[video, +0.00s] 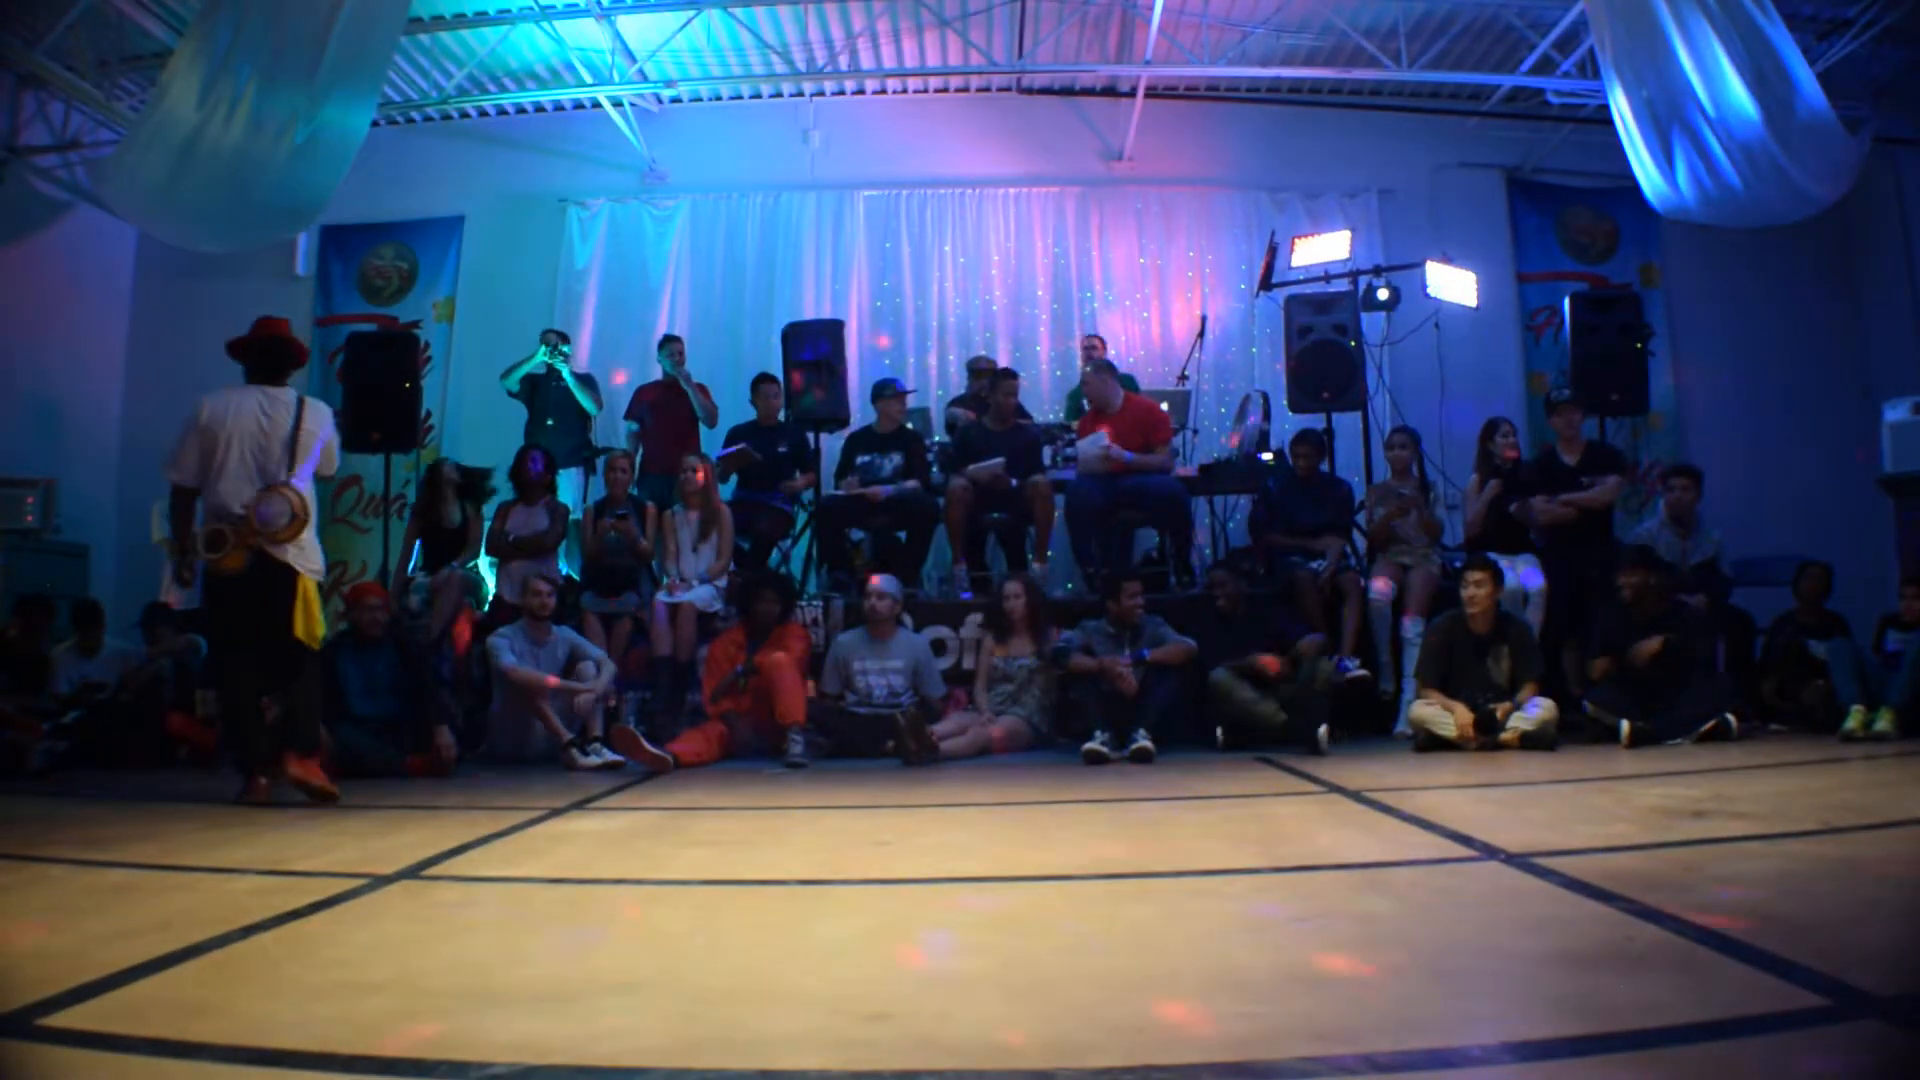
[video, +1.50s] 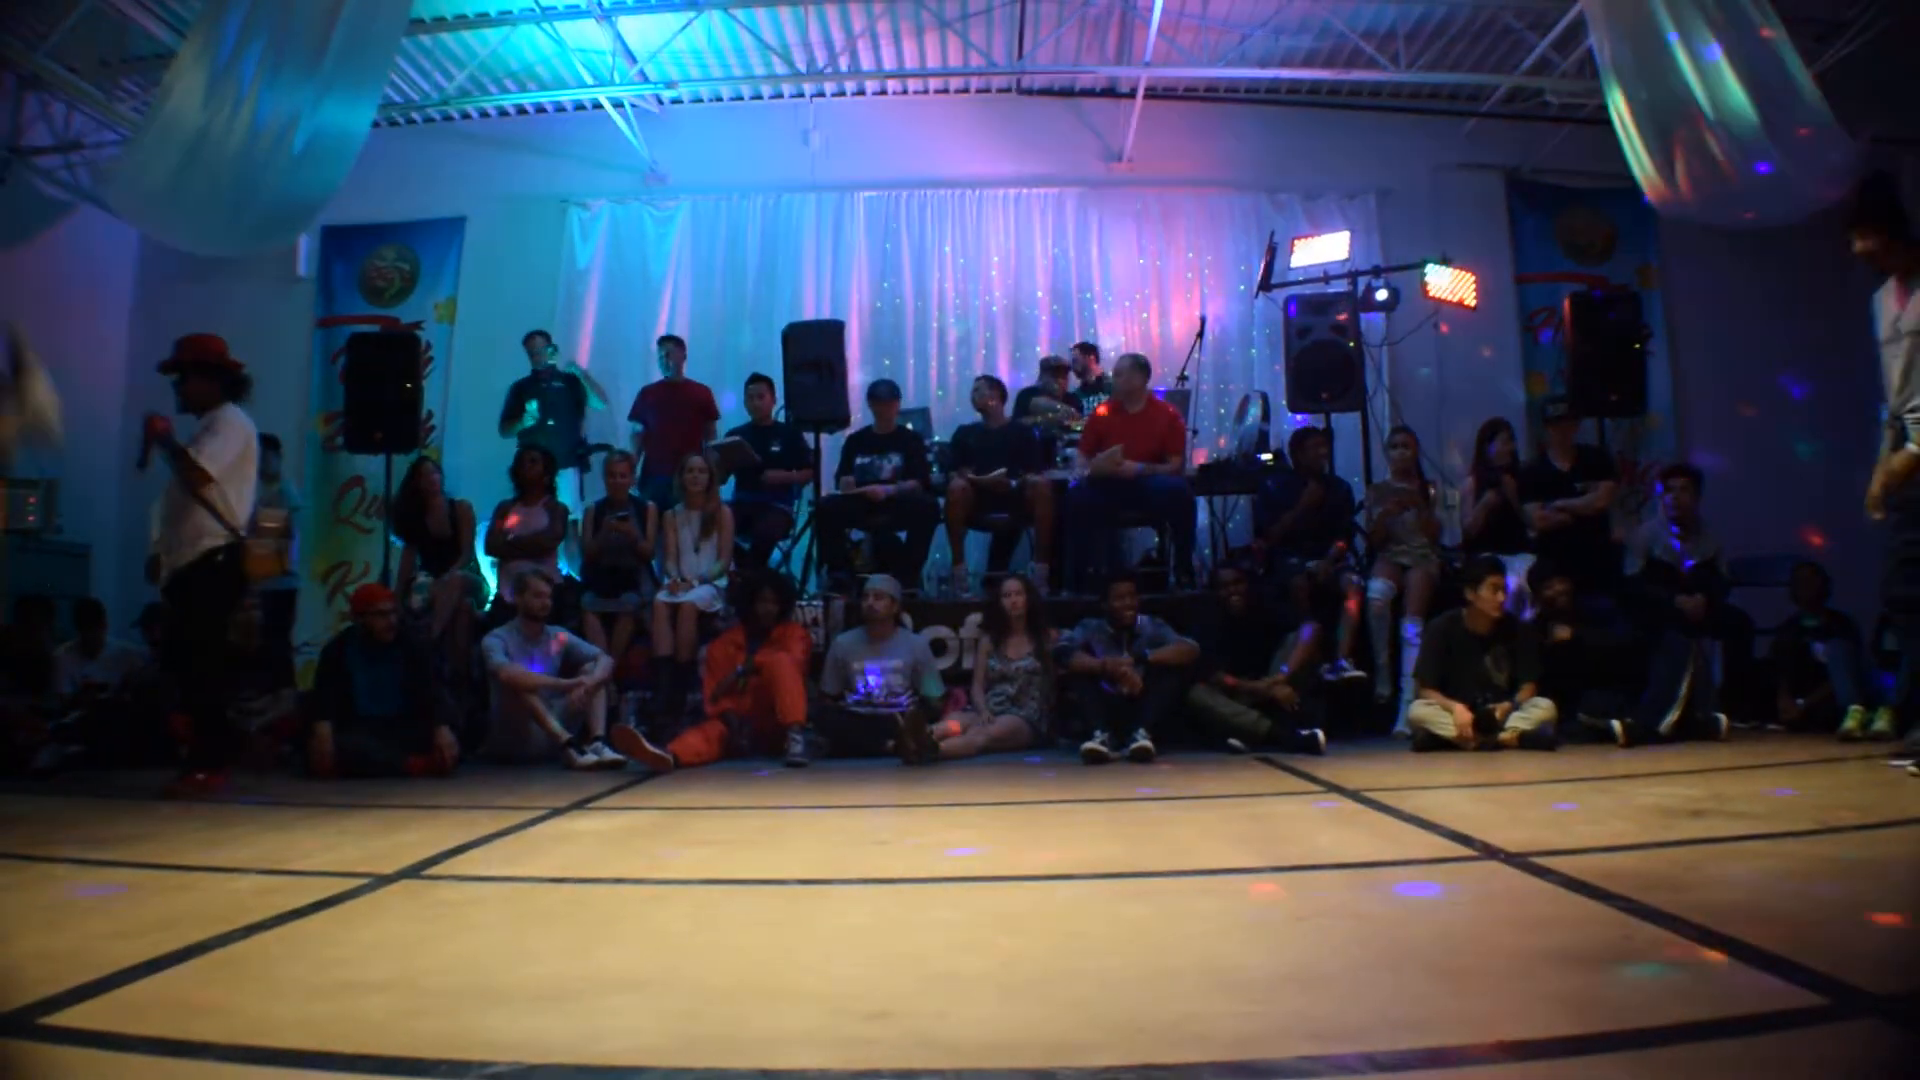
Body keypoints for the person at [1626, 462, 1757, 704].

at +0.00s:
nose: (1678, 497)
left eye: (1686, 490)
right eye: (1672, 490)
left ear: (1698, 497)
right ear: (1663, 494)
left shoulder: (1711, 539)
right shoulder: (1645, 536)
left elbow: (1722, 580)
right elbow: (1639, 580)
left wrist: (1706, 600)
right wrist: (1678, 600)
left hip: (1700, 608)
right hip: (1659, 606)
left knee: (1742, 622)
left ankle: (1740, 694)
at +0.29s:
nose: (1678, 497)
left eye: (1686, 490)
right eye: (1672, 490)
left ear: (1698, 497)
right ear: (1663, 495)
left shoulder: (1711, 538)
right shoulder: (1645, 536)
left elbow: (1723, 579)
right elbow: (1638, 583)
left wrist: (1705, 600)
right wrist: (1675, 600)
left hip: (1701, 609)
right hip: (1661, 610)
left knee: (1741, 622)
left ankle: (1740, 699)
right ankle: (1666, 704)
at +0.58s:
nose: (1677, 497)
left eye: (1685, 490)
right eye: (1671, 490)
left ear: (1697, 497)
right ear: (1662, 495)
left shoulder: (1708, 538)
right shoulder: (1646, 536)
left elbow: (1722, 580)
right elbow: (1637, 582)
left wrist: (1704, 600)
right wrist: (1675, 600)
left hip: (1700, 608)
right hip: (1661, 608)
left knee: (1741, 623)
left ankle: (1736, 703)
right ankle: (1663, 705)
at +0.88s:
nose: (1677, 498)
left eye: (1685, 491)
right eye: (1671, 490)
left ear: (1698, 497)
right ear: (1664, 495)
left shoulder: (1709, 537)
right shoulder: (1650, 535)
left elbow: (1722, 579)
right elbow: (1639, 580)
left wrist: (1705, 600)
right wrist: (1676, 601)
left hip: (1700, 609)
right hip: (1661, 608)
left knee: (1741, 622)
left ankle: (1733, 707)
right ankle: (1648, 716)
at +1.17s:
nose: (1678, 497)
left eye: (1686, 490)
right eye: (1672, 490)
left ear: (1697, 497)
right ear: (1664, 495)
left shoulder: (1711, 537)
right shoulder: (1649, 535)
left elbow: (1722, 579)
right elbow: (1638, 581)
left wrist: (1706, 600)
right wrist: (1676, 601)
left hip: (1701, 608)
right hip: (1662, 607)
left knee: (1741, 623)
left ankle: (1735, 707)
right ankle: (1650, 716)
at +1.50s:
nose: (1675, 499)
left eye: (1683, 491)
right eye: (1669, 491)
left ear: (1696, 498)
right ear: (1661, 497)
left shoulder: (1708, 539)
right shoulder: (1646, 537)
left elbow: (1720, 582)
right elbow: (1635, 584)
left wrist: (1704, 602)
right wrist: (1674, 602)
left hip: (1698, 613)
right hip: (1658, 610)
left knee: (1739, 624)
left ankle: (1736, 710)